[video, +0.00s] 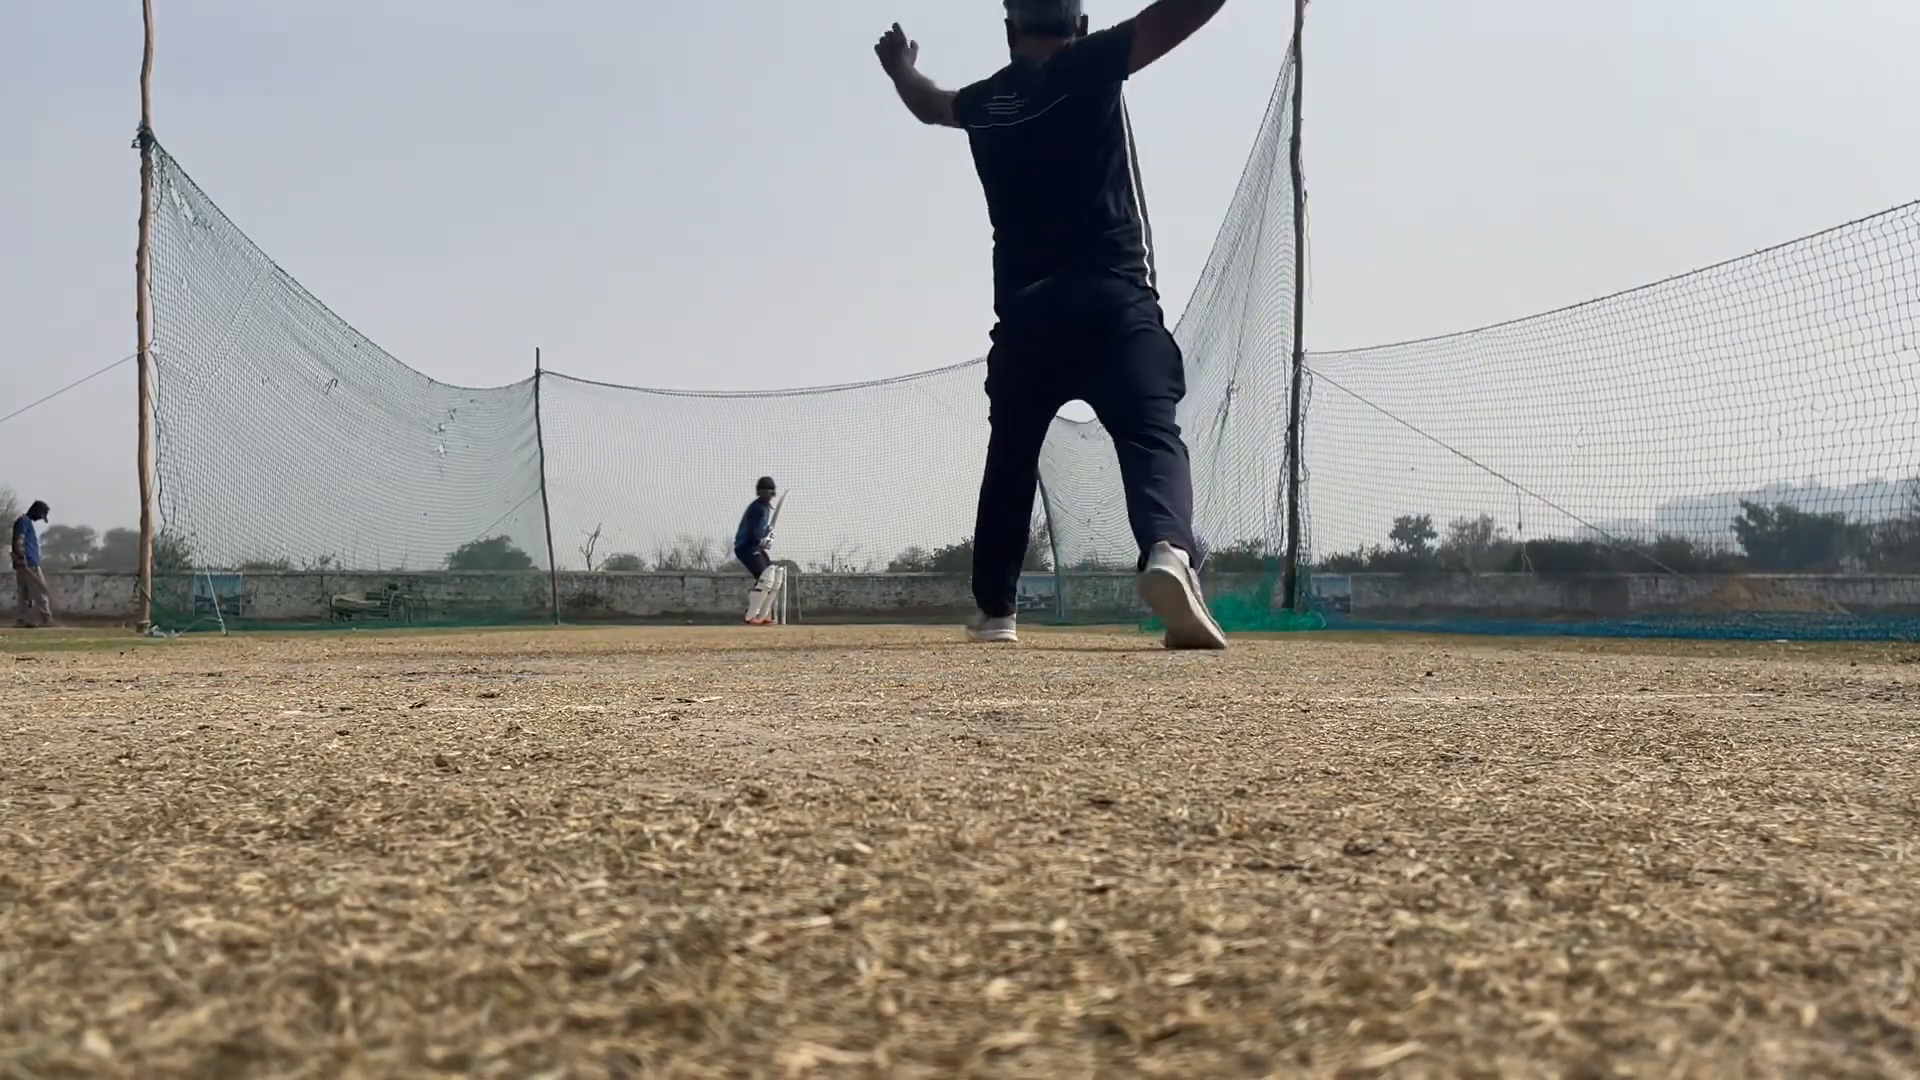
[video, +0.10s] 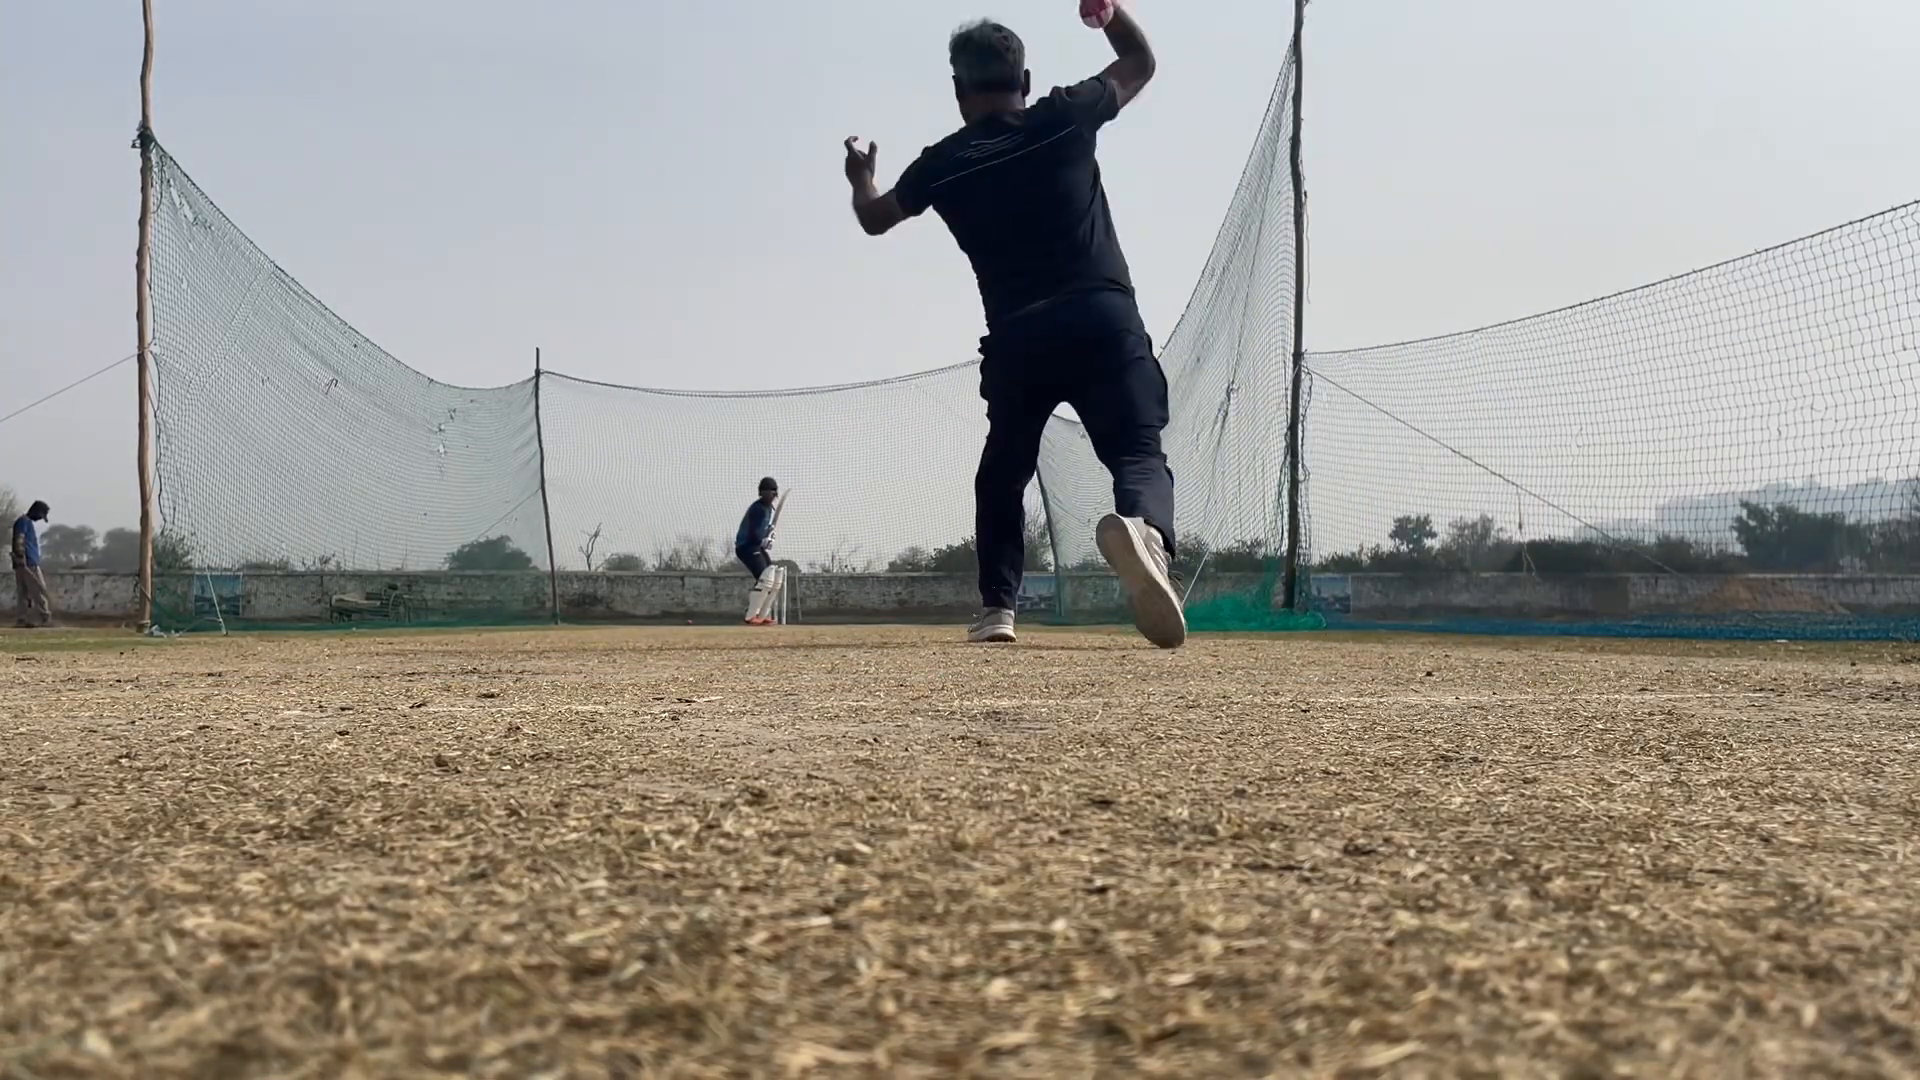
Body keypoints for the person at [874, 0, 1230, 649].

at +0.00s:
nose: (1082, 34)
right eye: (1080, 26)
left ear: (1011, 34)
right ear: (1077, 28)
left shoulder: (981, 100)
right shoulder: (1095, 59)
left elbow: (927, 102)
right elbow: (1192, 8)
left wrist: (900, 66)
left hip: (1024, 313)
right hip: (1114, 298)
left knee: (1010, 455)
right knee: (1151, 430)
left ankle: (995, 613)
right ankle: (1168, 555)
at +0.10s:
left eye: (965, 84)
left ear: (959, 92)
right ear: (1026, 81)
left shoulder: (941, 163)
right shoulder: (1067, 114)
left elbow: (875, 219)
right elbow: (1139, 63)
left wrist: (861, 179)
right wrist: (1114, 19)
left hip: (1018, 335)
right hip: (1102, 314)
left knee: (1003, 472)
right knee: (1137, 446)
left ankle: (999, 610)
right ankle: (1144, 529)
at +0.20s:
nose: (919, 148)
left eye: (918, 139)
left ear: (926, 139)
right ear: (982, 125)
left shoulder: (927, 186)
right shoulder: (1028, 156)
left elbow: (909, 299)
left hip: (1024, 315)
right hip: (1107, 293)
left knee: (994, 463)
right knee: (1124, 453)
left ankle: (998, 610)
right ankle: (1109, 522)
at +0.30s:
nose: (898, 183)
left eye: (896, 174)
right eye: (896, 175)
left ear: (905, 166)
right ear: (948, 155)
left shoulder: (916, 181)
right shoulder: (996, 187)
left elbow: (943, 239)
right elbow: (1002, 316)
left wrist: (941, 318)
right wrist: (953, 410)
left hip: (1023, 294)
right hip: (1100, 271)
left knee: (997, 454)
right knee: (1149, 418)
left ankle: (999, 610)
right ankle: (1144, 459)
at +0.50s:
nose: (875, 234)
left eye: (871, 216)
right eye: (871, 222)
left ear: (887, 192)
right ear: (898, 209)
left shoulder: (910, 169)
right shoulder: (940, 267)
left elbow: (869, 66)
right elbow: (952, 348)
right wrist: (901, 380)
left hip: (1029, 305)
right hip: (1095, 282)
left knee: (997, 457)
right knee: (1206, 378)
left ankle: (1000, 609)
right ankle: (1324, 271)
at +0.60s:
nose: (884, 206)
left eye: (881, 195)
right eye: (884, 199)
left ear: (892, 181)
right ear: (914, 199)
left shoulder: (913, 161)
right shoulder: (957, 246)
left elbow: (807, 97)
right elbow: (959, 341)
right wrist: (905, 409)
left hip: (1036, 297)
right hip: (1102, 284)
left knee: (995, 450)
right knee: (1212, 379)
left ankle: (1001, 612)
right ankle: (1337, 274)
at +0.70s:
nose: (875, 170)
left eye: (880, 159)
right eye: (882, 163)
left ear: (893, 146)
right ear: (937, 140)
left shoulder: (902, 159)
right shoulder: (977, 180)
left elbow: (804, 191)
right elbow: (1001, 307)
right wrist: (957, 403)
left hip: (1035, 295)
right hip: (1096, 275)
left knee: (994, 458)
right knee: (1171, 403)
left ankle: (1000, 607)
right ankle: (1305, 332)